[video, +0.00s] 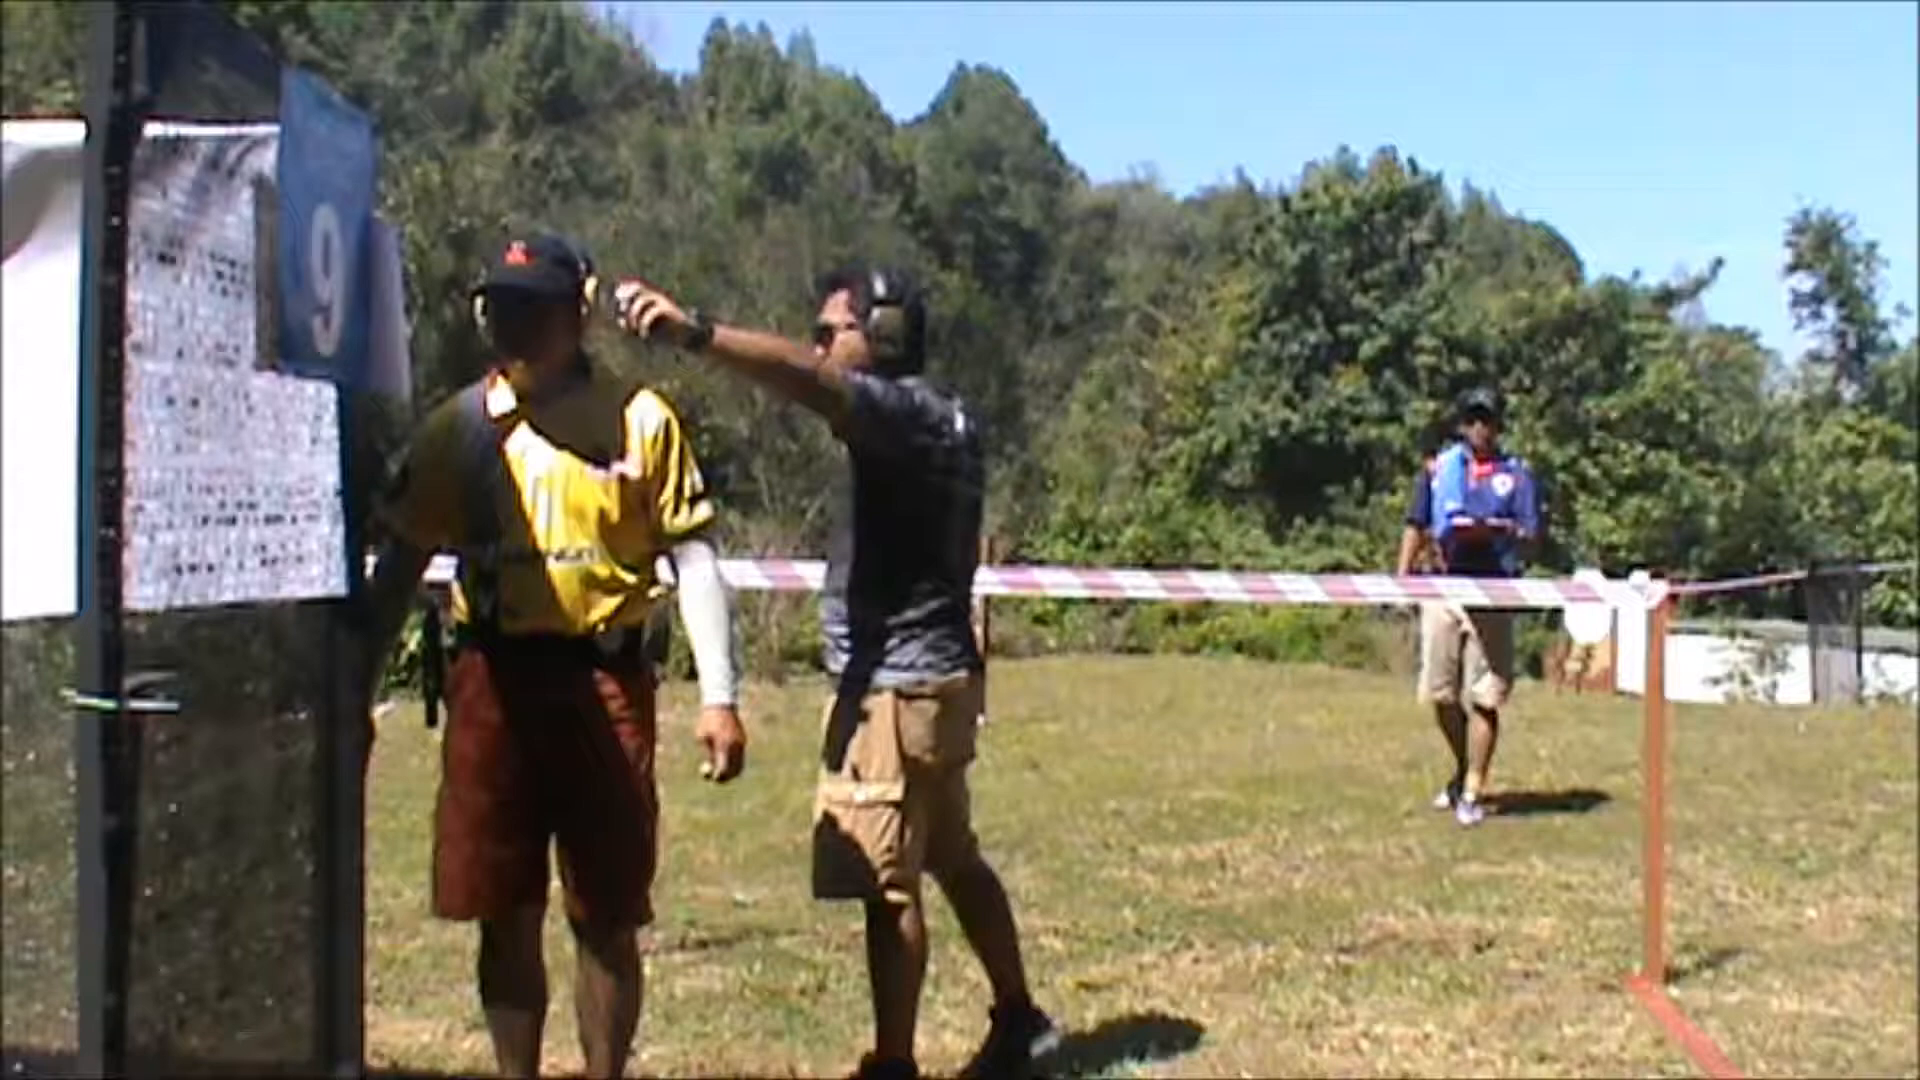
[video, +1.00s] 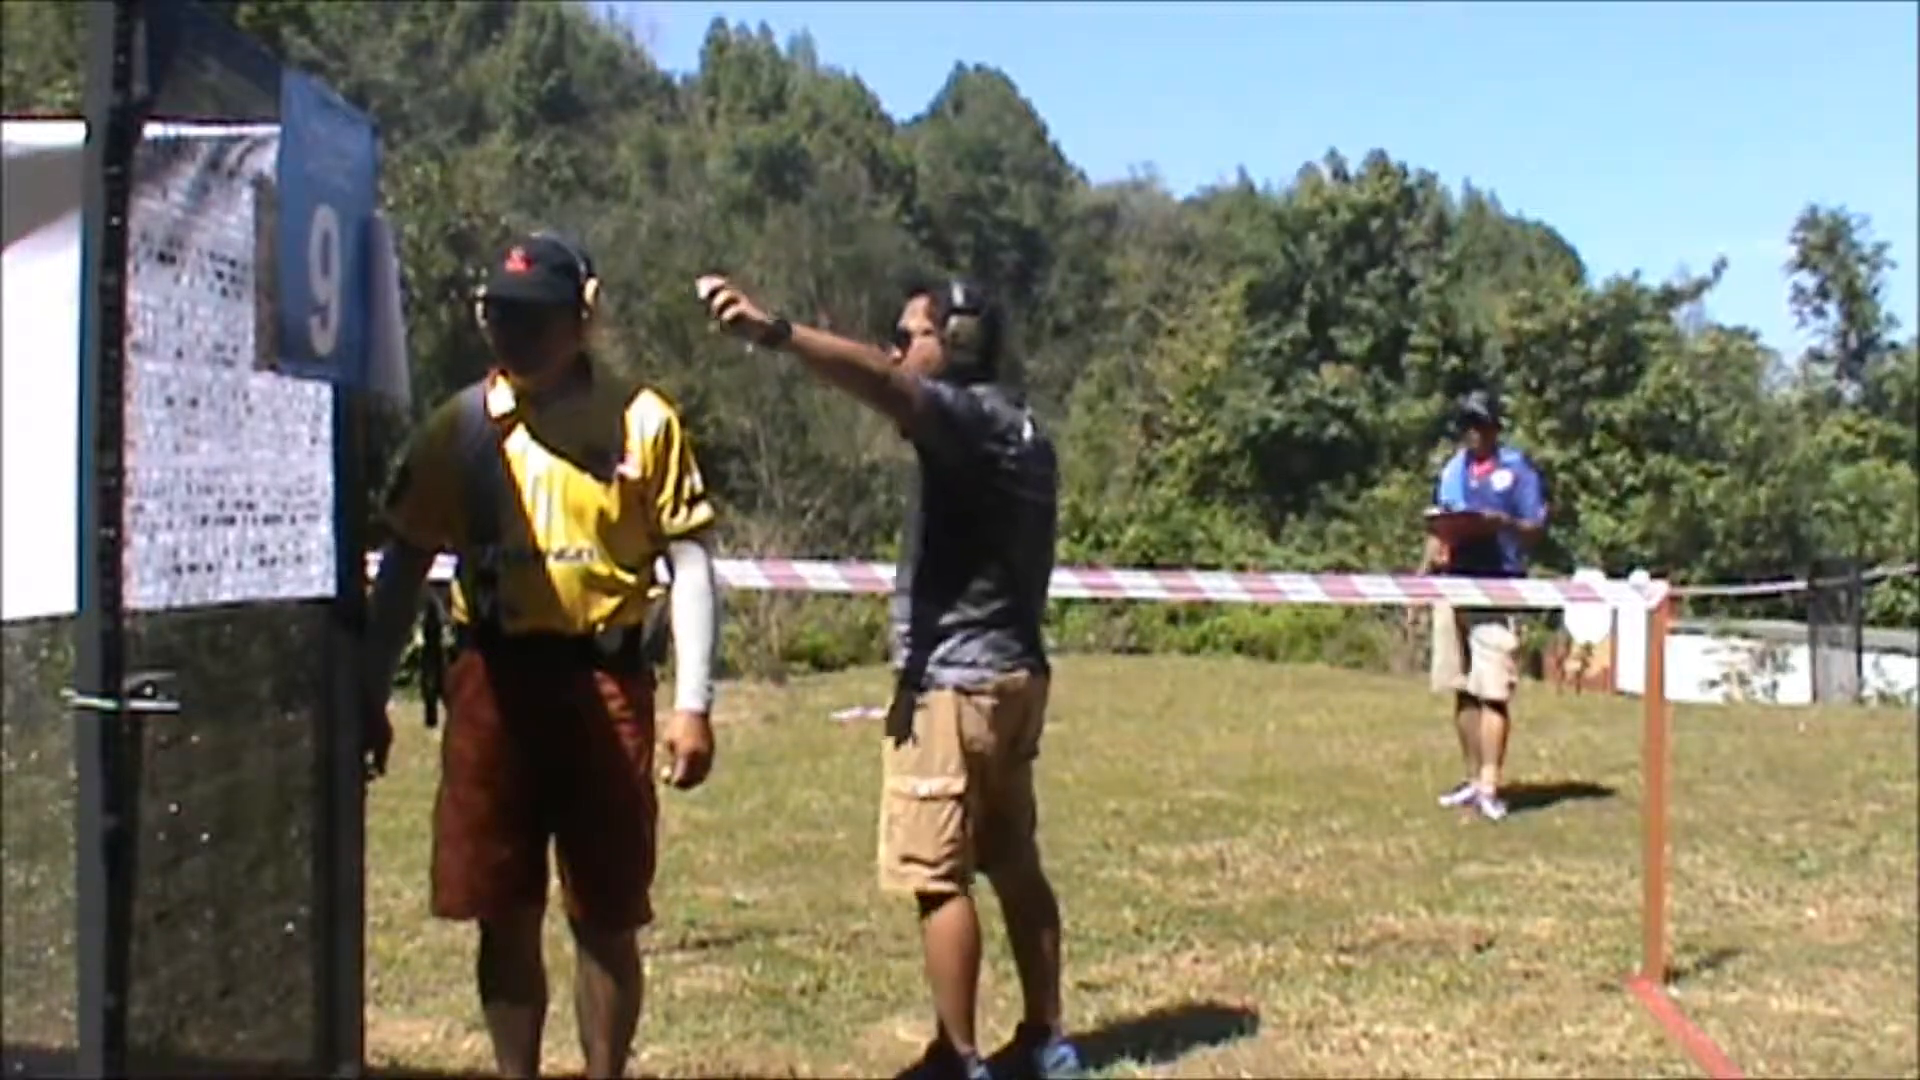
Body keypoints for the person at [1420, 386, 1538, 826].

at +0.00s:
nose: (1479, 430)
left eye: (1486, 422)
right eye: (1471, 422)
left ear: (1498, 428)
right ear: (1461, 426)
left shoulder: (1516, 474)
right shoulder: (1439, 470)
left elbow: (1532, 538)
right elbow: (1416, 525)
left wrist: (1494, 529)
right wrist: (1403, 571)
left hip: (1493, 593)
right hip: (1442, 590)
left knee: (1486, 698)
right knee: (1442, 694)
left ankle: (1475, 789)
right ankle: (1460, 767)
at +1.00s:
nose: (1474, 434)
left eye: (1481, 426)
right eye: (1468, 426)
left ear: (1496, 428)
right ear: (1461, 429)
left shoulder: (1519, 470)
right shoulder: (1452, 471)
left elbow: (1535, 529)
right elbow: (1439, 524)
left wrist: (1498, 521)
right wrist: (1445, 529)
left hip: (1499, 587)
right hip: (1454, 586)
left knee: (1494, 689)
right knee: (1463, 688)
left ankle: (1490, 784)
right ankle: (1472, 775)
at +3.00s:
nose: (1481, 443)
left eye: (1487, 435)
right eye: (1474, 436)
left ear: (1499, 436)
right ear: (1464, 437)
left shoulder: (1519, 477)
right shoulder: (1450, 472)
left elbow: (1539, 538)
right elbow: (1417, 514)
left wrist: (1508, 526)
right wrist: (1448, 520)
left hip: (1495, 589)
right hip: (1450, 588)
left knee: (1490, 691)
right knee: (1459, 690)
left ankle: (1489, 782)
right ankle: (1471, 776)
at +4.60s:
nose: (1493, 437)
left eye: (1500, 428)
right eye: (1486, 429)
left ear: (1512, 431)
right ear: (1476, 432)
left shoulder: (1531, 477)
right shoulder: (1456, 473)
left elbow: (1549, 529)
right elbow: (1427, 516)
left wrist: (1511, 526)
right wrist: (1468, 523)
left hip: (1513, 588)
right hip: (1465, 587)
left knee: (1525, 685)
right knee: (1469, 688)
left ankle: (1540, 772)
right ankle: (1477, 778)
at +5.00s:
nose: (1544, 436)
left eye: (1549, 425)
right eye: (1535, 426)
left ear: (1560, 431)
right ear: (1520, 433)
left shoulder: (1572, 481)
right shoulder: (1506, 481)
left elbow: (1588, 527)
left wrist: (1551, 526)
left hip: (1552, 592)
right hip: (1507, 591)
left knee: (1560, 688)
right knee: (1516, 690)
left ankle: (1569, 774)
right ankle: (1517, 772)